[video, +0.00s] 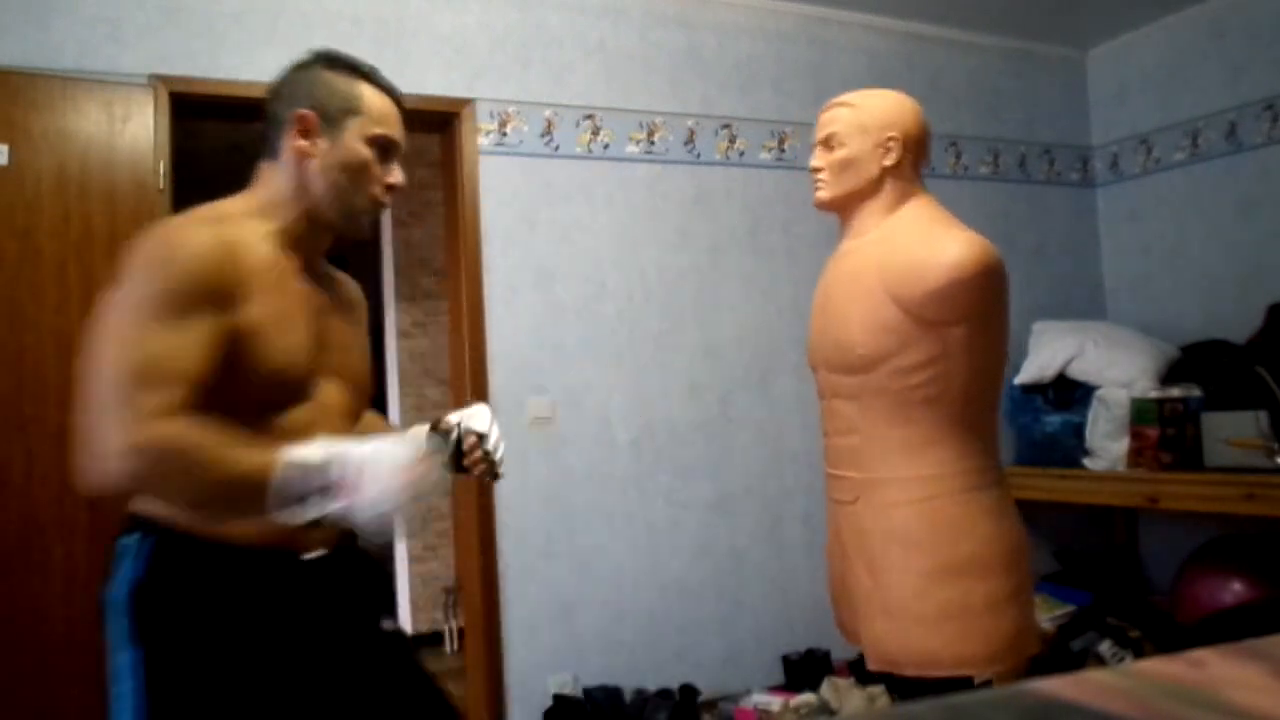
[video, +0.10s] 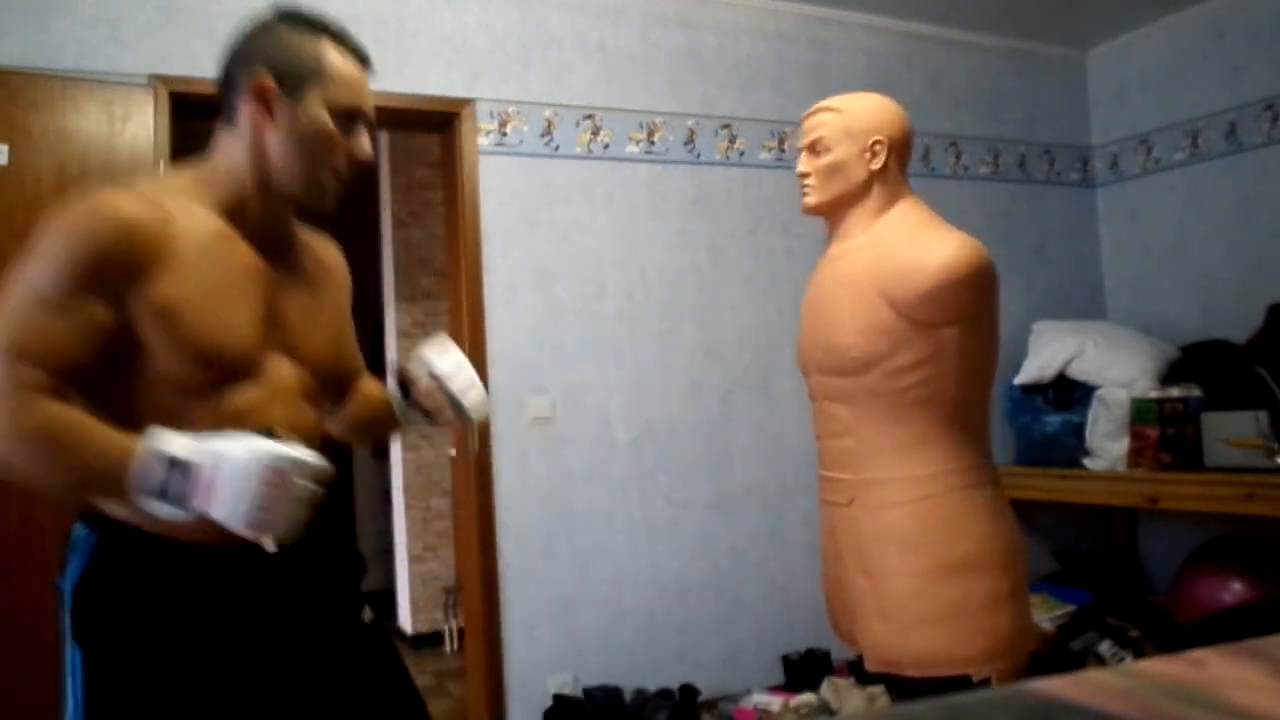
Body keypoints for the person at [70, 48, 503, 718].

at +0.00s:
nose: (396, 179)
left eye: (398, 159)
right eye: (380, 149)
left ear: (310, 142)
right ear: (304, 138)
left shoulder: (345, 295)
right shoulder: (188, 251)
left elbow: (343, 425)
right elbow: (121, 448)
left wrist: (429, 454)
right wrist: (330, 477)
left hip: (319, 590)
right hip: (195, 591)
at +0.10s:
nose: (365, 152)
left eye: (367, 128)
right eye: (347, 122)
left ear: (267, 106)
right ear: (263, 103)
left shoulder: (326, 262)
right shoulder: (117, 228)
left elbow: (340, 405)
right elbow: (10, 404)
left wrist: (407, 405)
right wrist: (181, 476)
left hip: (304, 589)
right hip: (158, 596)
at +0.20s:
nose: (341, 88)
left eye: (343, 62)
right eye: (323, 53)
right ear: (238, 32)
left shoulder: (315, 201)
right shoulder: (82, 164)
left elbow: (317, 365)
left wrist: (372, 352)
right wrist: (104, 422)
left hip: (285, 535)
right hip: (138, 538)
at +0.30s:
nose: (326, 70)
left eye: (327, 44)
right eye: (305, 34)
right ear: (217, 22)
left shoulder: (310, 194)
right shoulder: (54, 160)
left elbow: (333, 347)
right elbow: (2, 352)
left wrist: (366, 353)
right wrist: (62, 442)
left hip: (274, 545)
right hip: (117, 552)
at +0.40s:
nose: (309, 122)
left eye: (308, 96)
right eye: (287, 90)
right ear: (193, 77)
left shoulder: (307, 256)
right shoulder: (38, 238)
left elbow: (358, 395)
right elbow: (5, 428)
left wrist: (363, 441)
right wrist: (41, 559)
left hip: (274, 627)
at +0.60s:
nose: (277, 80)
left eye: (277, 51)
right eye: (256, 43)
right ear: (162, 28)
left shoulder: (275, 209)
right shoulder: (24, 184)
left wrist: (310, 407)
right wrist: (40, 466)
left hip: (249, 581)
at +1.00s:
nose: (254, 97)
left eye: (253, 70)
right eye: (228, 61)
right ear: (132, 49)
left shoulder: (253, 208)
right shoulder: (16, 191)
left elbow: (357, 381)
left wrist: (338, 303)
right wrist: (1, 552)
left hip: (236, 579)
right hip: (73, 593)